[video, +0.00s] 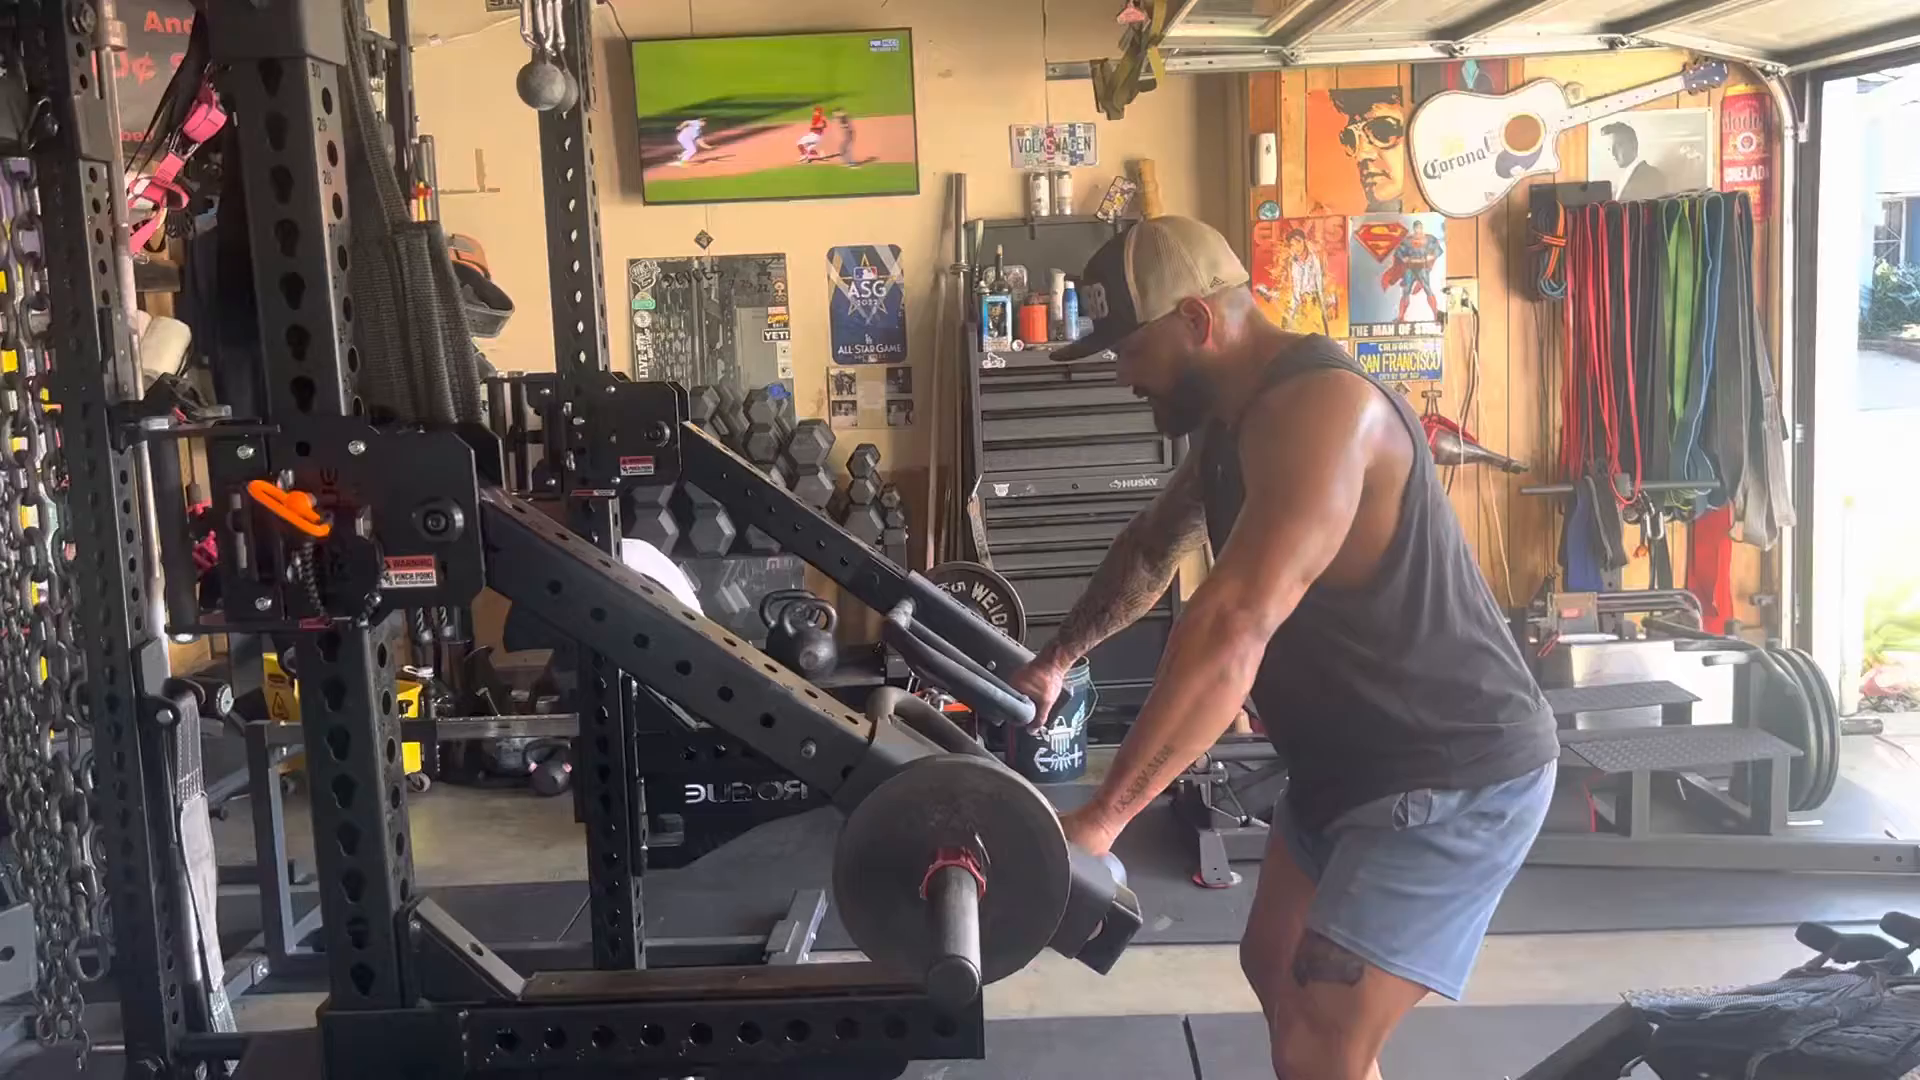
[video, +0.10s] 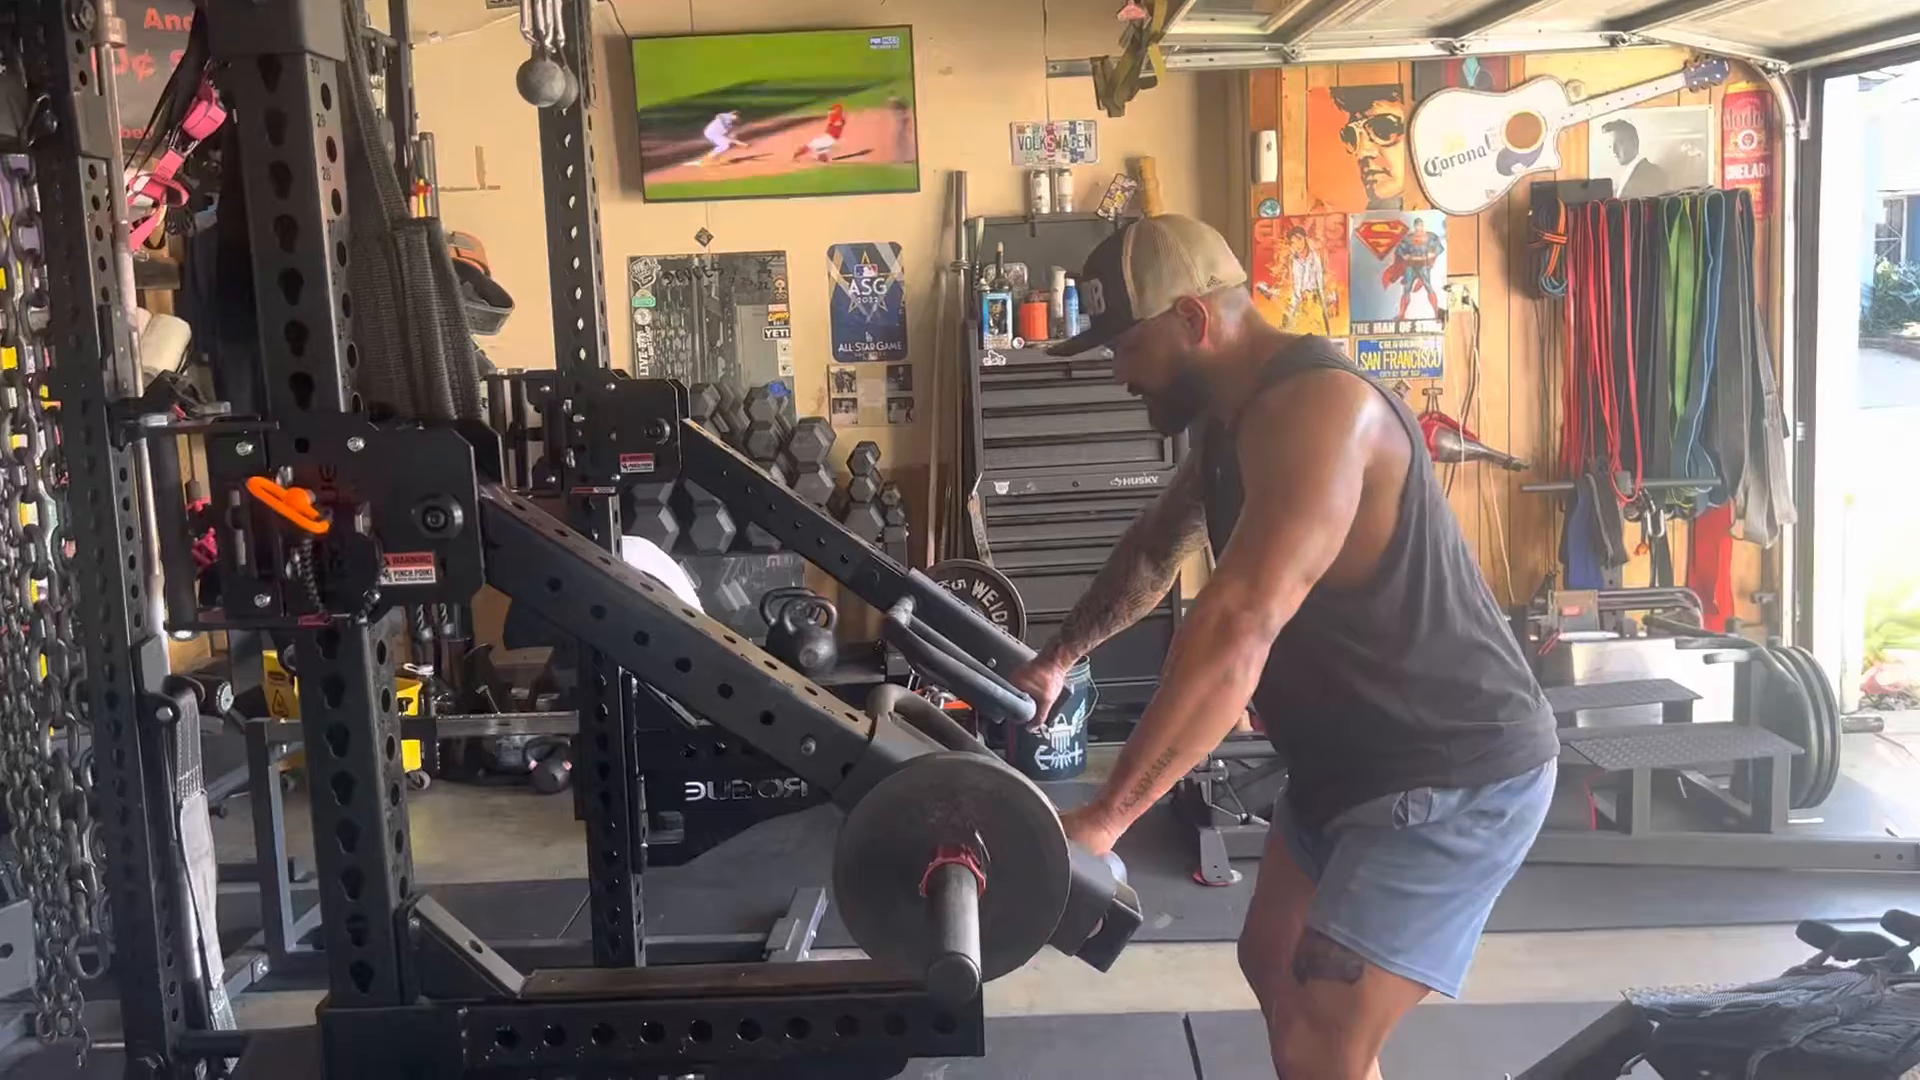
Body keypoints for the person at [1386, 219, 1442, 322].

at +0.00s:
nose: (1418, 231)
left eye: (1420, 228)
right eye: (1416, 229)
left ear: (1423, 229)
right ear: (1413, 229)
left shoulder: (1430, 239)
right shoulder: (1407, 240)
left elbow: (1438, 250)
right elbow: (1398, 252)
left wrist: (1431, 257)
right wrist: (1404, 259)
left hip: (1423, 265)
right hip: (1410, 265)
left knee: (1427, 289)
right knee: (1406, 291)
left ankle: (1435, 314)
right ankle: (1401, 316)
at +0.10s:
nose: (1419, 228)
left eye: (1421, 226)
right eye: (1417, 226)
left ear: (1423, 226)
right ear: (1414, 227)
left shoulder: (1431, 237)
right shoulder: (1408, 238)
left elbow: (1439, 248)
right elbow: (1399, 249)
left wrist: (1433, 254)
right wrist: (1405, 256)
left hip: (1424, 263)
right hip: (1411, 263)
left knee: (1428, 287)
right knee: (1407, 288)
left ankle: (1436, 312)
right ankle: (1401, 314)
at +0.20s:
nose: (1419, 226)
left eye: (1421, 224)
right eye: (1417, 224)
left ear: (1423, 225)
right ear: (1414, 225)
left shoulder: (1431, 235)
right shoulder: (1408, 236)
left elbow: (1439, 246)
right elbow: (1399, 247)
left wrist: (1432, 252)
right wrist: (1405, 254)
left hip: (1424, 261)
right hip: (1411, 260)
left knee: (1428, 285)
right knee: (1407, 286)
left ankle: (1436, 310)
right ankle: (1401, 312)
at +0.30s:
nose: (1419, 225)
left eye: (1421, 222)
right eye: (1417, 223)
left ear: (1424, 223)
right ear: (1414, 223)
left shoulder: (1431, 233)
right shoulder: (1408, 234)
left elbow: (1439, 244)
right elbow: (1399, 246)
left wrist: (1433, 251)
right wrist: (1405, 253)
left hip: (1424, 260)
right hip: (1411, 260)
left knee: (1429, 283)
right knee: (1407, 285)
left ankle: (1436, 308)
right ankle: (1402, 310)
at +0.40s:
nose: (1420, 224)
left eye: (1422, 221)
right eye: (1418, 222)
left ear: (1424, 222)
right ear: (1415, 222)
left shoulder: (1432, 233)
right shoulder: (1409, 234)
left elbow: (1440, 243)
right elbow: (1400, 245)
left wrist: (1433, 250)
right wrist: (1406, 252)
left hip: (1425, 259)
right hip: (1412, 259)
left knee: (1429, 283)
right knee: (1408, 284)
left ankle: (1437, 308)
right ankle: (1402, 310)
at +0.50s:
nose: (1420, 222)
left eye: (1422, 220)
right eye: (1419, 220)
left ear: (1425, 220)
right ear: (1416, 221)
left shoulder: (1432, 231)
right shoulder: (1410, 232)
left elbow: (1441, 242)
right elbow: (1400, 243)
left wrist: (1433, 249)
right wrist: (1406, 251)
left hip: (1425, 257)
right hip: (1413, 257)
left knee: (1430, 281)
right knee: (1408, 282)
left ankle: (1438, 306)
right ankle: (1403, 308)